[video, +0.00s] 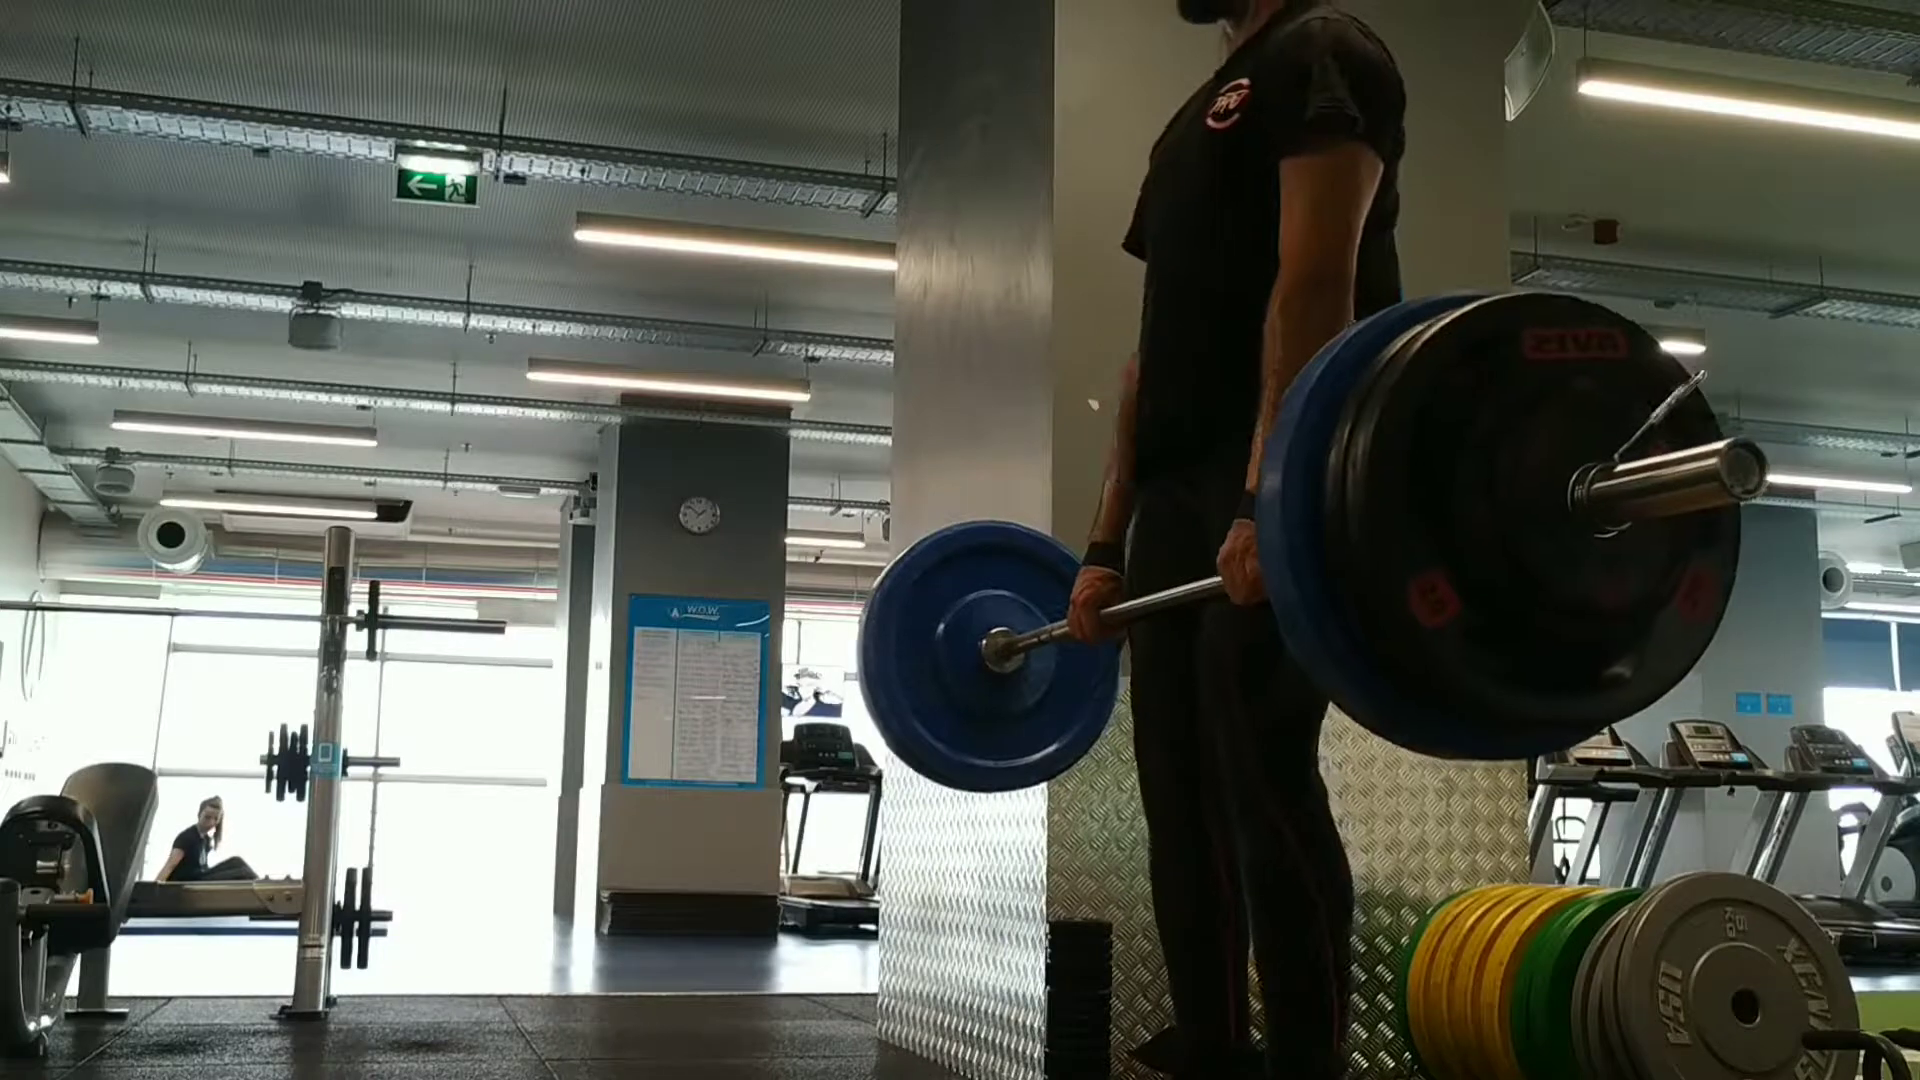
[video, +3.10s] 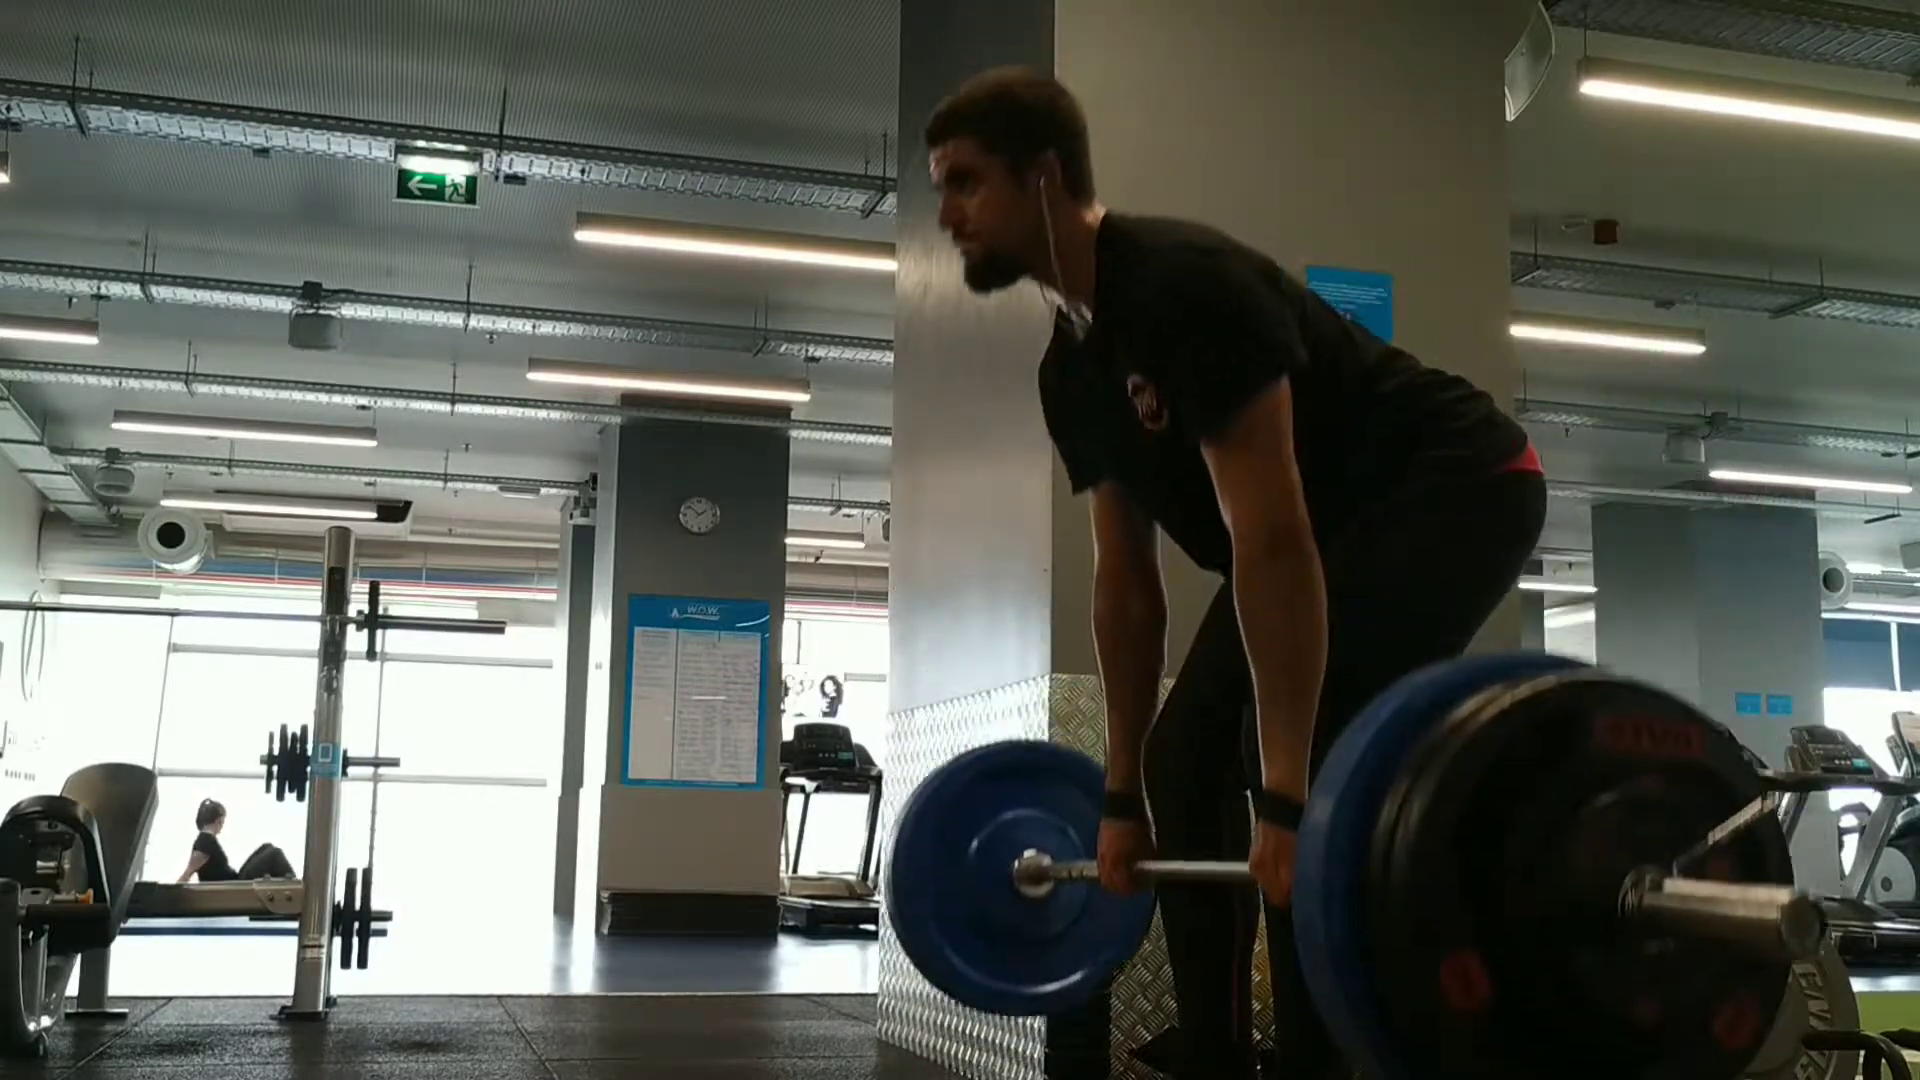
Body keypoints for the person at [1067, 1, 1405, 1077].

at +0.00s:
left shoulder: (1321, 46)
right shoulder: (1191, 121)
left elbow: (1318, 287)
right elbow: (1161, 346)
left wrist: (1271, 500)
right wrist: (1107, 546)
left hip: (1264, 500)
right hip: (1173, 507)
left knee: (1264, 786)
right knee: (1181, 792)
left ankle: (1309, 1057)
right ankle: (1207, 1049)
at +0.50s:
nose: (993, 69)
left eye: (1013, 38)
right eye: (990, 44)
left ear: (1093, 34)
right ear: (1075, 49)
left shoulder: (1207, 163)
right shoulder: (1090, 241)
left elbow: (1280, 421)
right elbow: (1123, 468)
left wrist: (1283, 661)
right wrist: (1118, 670)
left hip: (1405, 493)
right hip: (1279, 508)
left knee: (1316, 758)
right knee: (1201, 755)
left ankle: (1317, 1058)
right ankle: (1212, 1047)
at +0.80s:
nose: (941, 208)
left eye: (959, 178)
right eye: (934, 184)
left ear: (1042, 169)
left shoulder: (1181, 277)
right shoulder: (1066, 362)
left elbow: (1271, 541)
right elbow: (1117, 575)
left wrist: (1284, 789)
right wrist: (1116, 782)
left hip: (1445, 487)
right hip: (1304, 526)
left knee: (1310, 776)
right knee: (1186, 760)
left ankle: (1315, 1055)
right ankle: (1210, 1045)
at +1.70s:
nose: (997, 53)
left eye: (1021, 23)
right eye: (996, 29)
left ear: (1098, 29)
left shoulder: (1212, 158)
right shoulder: (1094, 243)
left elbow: (1281, 417)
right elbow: (1128, 460)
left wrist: (1282, 652)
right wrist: (1121, 671)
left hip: (1401, 495)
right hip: (1272, 510)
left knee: (1313, 771)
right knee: (1207, 763)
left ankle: (1312, 1058)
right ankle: (1212, 1047)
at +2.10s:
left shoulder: (1360, 50)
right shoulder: (1230, 114)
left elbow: (1341, 282)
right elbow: (1181, 330)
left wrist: (1287, 496)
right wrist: (1129, 541)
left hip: (1270, 495)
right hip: (1183, 502)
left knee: (1285, 790)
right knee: (1199, 795)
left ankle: (1312, 1059)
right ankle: (1212, 1050)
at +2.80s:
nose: (998, 77)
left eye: (1018, 42)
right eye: (992, 52)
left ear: (1095, 36)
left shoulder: (1216, 162)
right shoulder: (1099, 246)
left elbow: (1290, 417)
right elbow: (1138, 474)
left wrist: (1288, 662)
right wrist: (1127, 680)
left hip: (1418, 488)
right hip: (1289, 505)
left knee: (1320, 757)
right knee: (1210, 753)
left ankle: (1317, 1054)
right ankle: (1216, 1042)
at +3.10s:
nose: (945, 214)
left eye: (963, 183)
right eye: (938, 190)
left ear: (1049, 176)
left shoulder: (1185, 282)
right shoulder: (1071, 369)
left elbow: (1276, 544)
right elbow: (1124, 583)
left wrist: (1284, 798)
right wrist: (1122, 796)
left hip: (1449, 491)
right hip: (1314, 529)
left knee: (1311, 780)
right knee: (1188, 755)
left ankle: (1313, 1052)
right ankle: (1207, 1043)